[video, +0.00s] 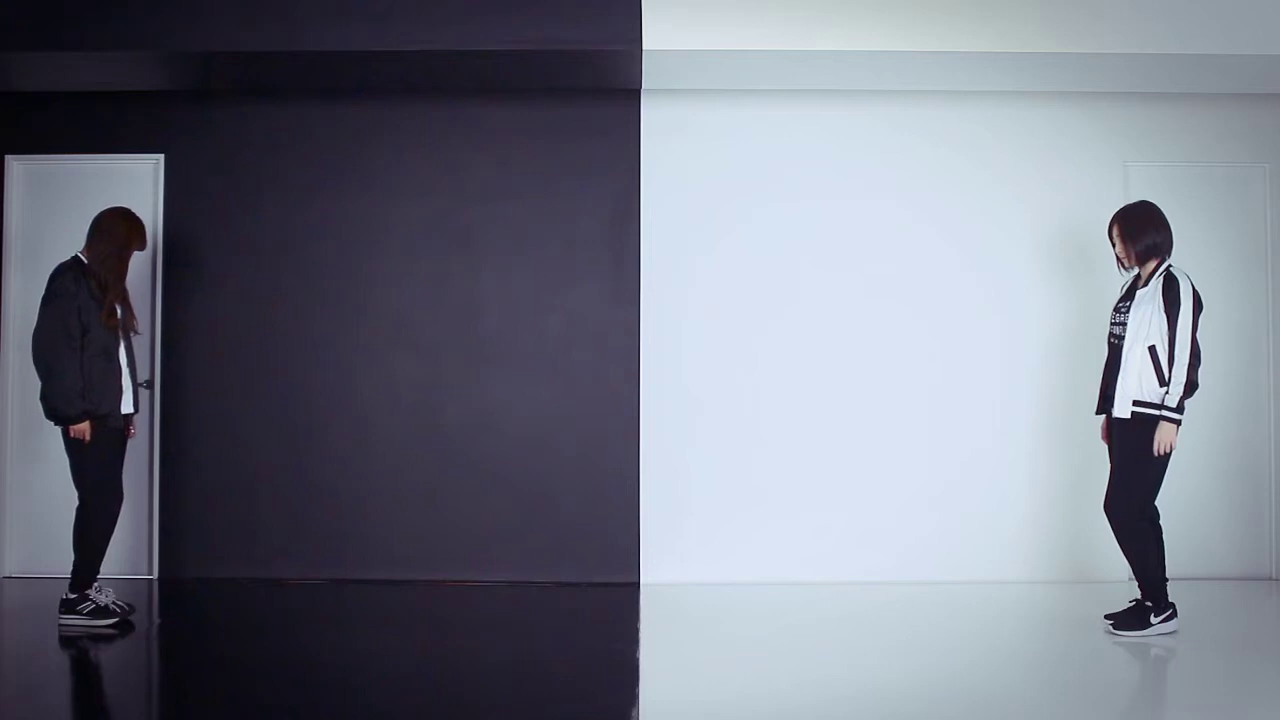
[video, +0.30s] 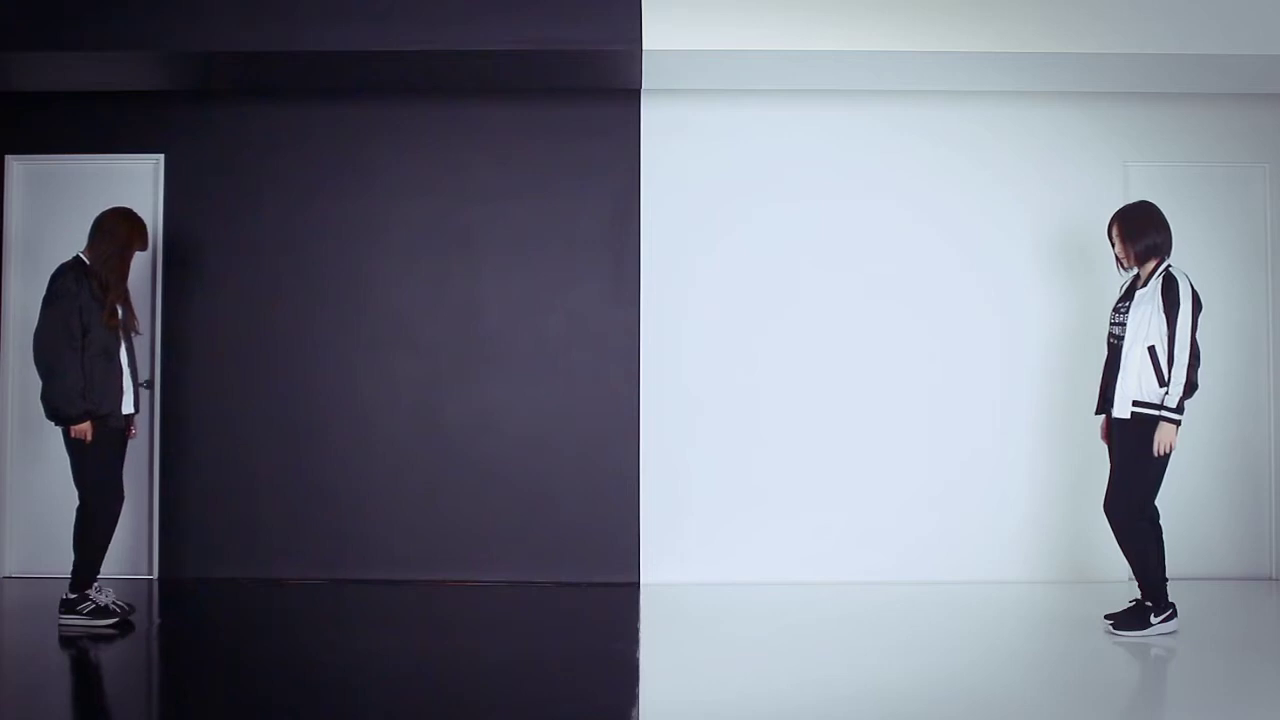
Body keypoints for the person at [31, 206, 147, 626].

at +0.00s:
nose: (130, 260)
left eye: (132, 252)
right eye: (128, 251)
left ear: (106, 241)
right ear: (112, 245)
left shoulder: (107, 284)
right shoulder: (69, 278)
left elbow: (117, 354)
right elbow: (52, 348)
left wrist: (127, 409)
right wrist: (73, 412)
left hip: (111, 415)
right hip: (86, 416)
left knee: (108, 499)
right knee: (98, 500)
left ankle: (87, 589)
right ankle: (78, 596)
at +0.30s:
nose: (131, 260)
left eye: (134, 252)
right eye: (129, 251)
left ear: (107, 241)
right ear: (113, 245)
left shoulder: (108, 284)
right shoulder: (70, 279)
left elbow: (117, 354)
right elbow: (54, 349)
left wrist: (128, 410)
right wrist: (74, 412)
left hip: (111, 415)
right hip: (87, 417)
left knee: (108, 499)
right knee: (100, 500)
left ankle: (87, 590)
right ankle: (78, 596)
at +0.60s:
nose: (131, 260)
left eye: (134, 252)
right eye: (130, 251)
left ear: (107, 241)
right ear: (113, 245)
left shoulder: (108, 284)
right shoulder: (70, 279)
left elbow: (118, 354)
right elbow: (54, 349)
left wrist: (129, 410)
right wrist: (75, 412)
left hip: (112, 415)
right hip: (87, 416)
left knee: (108, 499)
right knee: (100, 500)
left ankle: (86, 590)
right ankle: (78, 596)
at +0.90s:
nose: (132, 260)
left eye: (135, 252)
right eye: (131, 251)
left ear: (107, 242)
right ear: (114, 245)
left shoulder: (108, 284)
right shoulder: (71, 279)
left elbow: (118, 354)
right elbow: (54, 350)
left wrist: (129, 410)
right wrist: (75, 413)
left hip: (112, 415)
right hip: (87, 417)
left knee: (108, 499)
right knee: (100, 500)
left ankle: (86, 590)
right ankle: (78, 597)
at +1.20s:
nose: (133, 260)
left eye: (136, 252)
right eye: (131, 250)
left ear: (109, 241)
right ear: (115, 244)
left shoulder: (109, 283)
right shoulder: (72, 279)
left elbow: (119, 353)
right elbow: (55, 350)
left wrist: (130, 410)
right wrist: (75, 412)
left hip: (112, 416)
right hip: (88, 417)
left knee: (109, 499)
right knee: (101, 501)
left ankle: (86, 590)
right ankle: (77, 597)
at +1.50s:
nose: (134, 260)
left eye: (137, 252)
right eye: (133, 250)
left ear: (110, 241)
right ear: (116, 244)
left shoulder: (110, 283)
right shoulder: (73, 279)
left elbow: (119, 353)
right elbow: (56, 350)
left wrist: (130, 410)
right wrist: (76, 412)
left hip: (112, 415)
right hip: (88, 417)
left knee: (109, 500)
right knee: (100, 502)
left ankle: (86, 590)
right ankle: (78, 596)